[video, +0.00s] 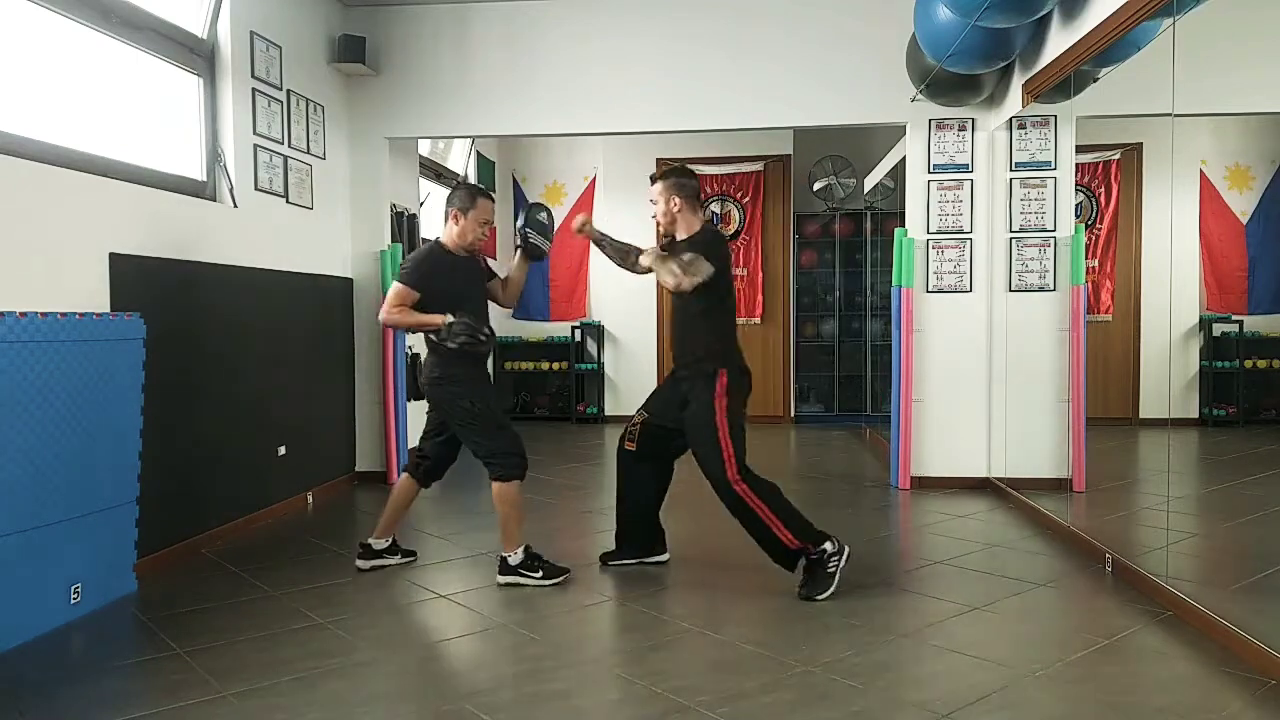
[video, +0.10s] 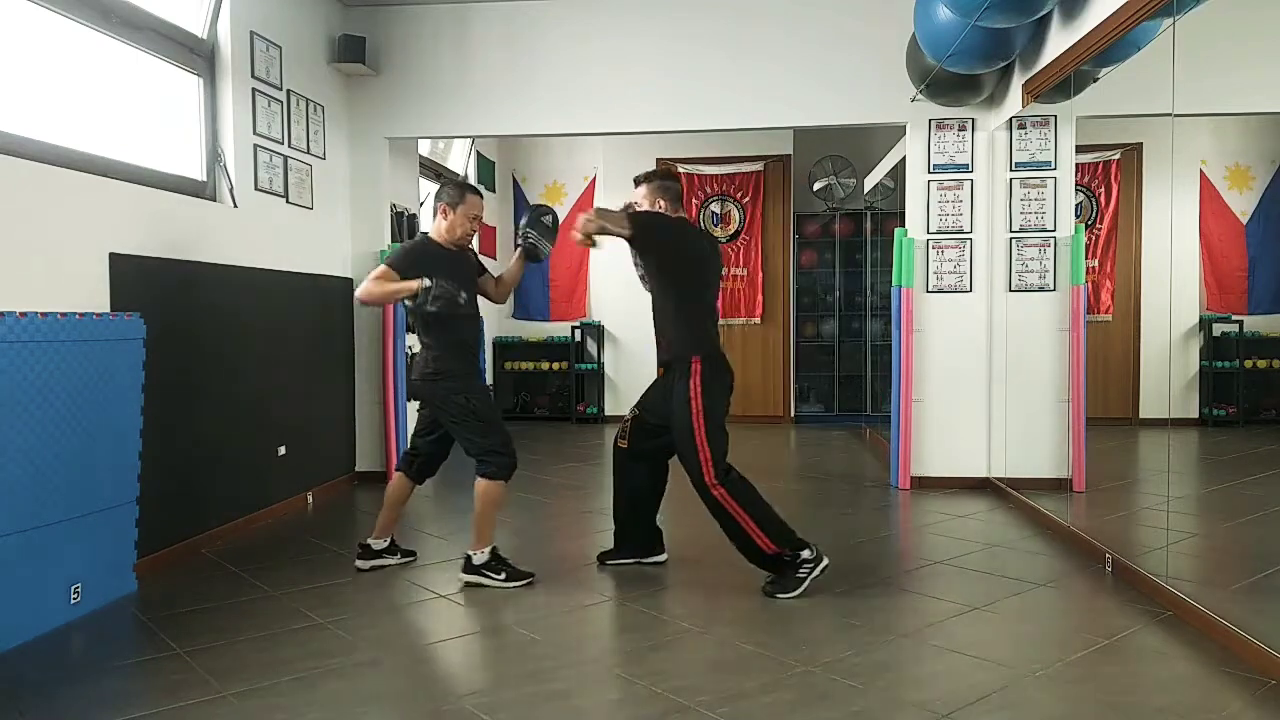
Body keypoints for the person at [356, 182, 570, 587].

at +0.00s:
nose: (488, 232)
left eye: (490, 225)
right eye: (483, 223)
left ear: (464, 222)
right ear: (456, 218)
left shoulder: (474, 262)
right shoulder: (425, 260)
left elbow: (507, 298)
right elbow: (390, 313)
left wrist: (526, 253)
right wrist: (443, 321)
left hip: (466, 376)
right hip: (450, 377)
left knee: (424, 463)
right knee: (507, 458)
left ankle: (377, 544)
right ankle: (514, 558)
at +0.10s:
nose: (476, 227)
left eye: (479, 220)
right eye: (471, 218)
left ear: (465, 218)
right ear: (444, 213)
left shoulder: (464, 258)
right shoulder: (419, 251)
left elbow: (498, 292)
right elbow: (366, 292)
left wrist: (524, 252)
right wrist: (417, 287)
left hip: (455, 376)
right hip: (446, 378)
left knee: (417, 460)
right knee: (497, 458)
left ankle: (377, 545)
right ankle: (481, 558)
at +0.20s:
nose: (474, 221)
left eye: (476, 214)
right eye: (470, 213)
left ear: (455, 210)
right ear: (442, 206)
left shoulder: (453, 255)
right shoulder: (419, 245)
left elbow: (486, 286)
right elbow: (380, 266)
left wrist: (509, 251)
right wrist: (429, 229)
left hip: (435, 370)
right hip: (439, 371)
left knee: (411, 455)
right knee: (478, 460)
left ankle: (375, 544)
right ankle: (458, 562)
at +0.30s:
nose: (466, 221)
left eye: (469, 214)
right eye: (462, 212)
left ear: (437, 209)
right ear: (438, 205)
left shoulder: (420, 240)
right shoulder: (427, 233)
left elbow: (457, 294)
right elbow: (464, 248)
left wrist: (491, 264)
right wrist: (488, 201)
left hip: (408, 363)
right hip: (432, 364)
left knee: (411, 451)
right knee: (467, 461)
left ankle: (371, 537)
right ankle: (457, 562)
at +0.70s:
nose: (439, 218)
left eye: (441, 211)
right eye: (436, 210)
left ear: (406, 209)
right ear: (414, 207)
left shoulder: (385, 245)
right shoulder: (409, 230)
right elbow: (454, 191)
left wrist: (436, 275)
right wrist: (501, 163)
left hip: (369, 361)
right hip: (397, 361)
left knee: (368, 455)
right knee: (431, 459)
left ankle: (343, 541)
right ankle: (423, 561)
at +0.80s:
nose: (432, 218)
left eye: (434, 212)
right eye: (427, 210)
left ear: (428, 213)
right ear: (407, 208)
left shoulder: (389, 247)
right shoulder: (392, 234)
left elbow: (401, 304)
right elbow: (396, 205)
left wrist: (438, 282)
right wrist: (444, 174)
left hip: (370, 362)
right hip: (396, 362)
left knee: (368, 455)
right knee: (430, 458)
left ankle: (343, 543)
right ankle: (424, 560)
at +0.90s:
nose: (418, 221)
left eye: (421, 215)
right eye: (412, 213)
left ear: (399, 213)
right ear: (386, 208)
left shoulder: (400, 250)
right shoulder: (375, 235)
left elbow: (424, 301)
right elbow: (361, 258)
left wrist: (451, 265)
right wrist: (421, 238)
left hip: (380, 366)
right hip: (392, 367)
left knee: (375, 455)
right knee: (428, 457)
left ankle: (342, 541)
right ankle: (410, 561)